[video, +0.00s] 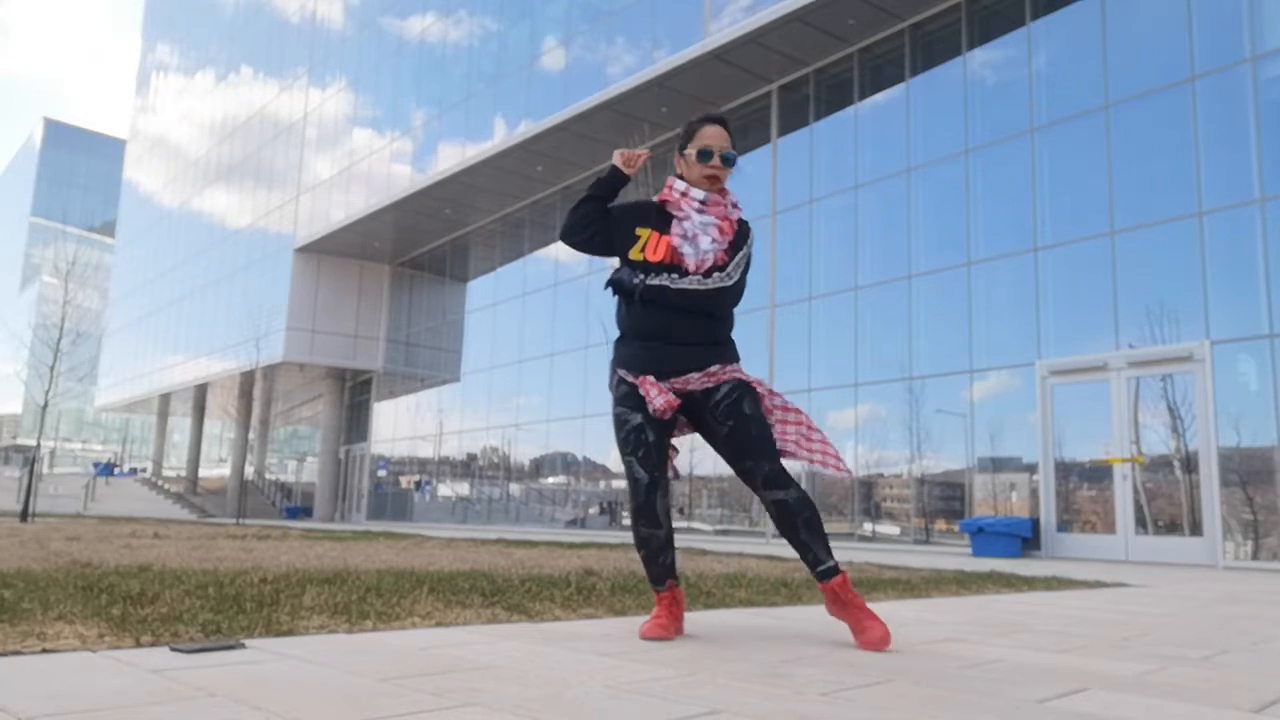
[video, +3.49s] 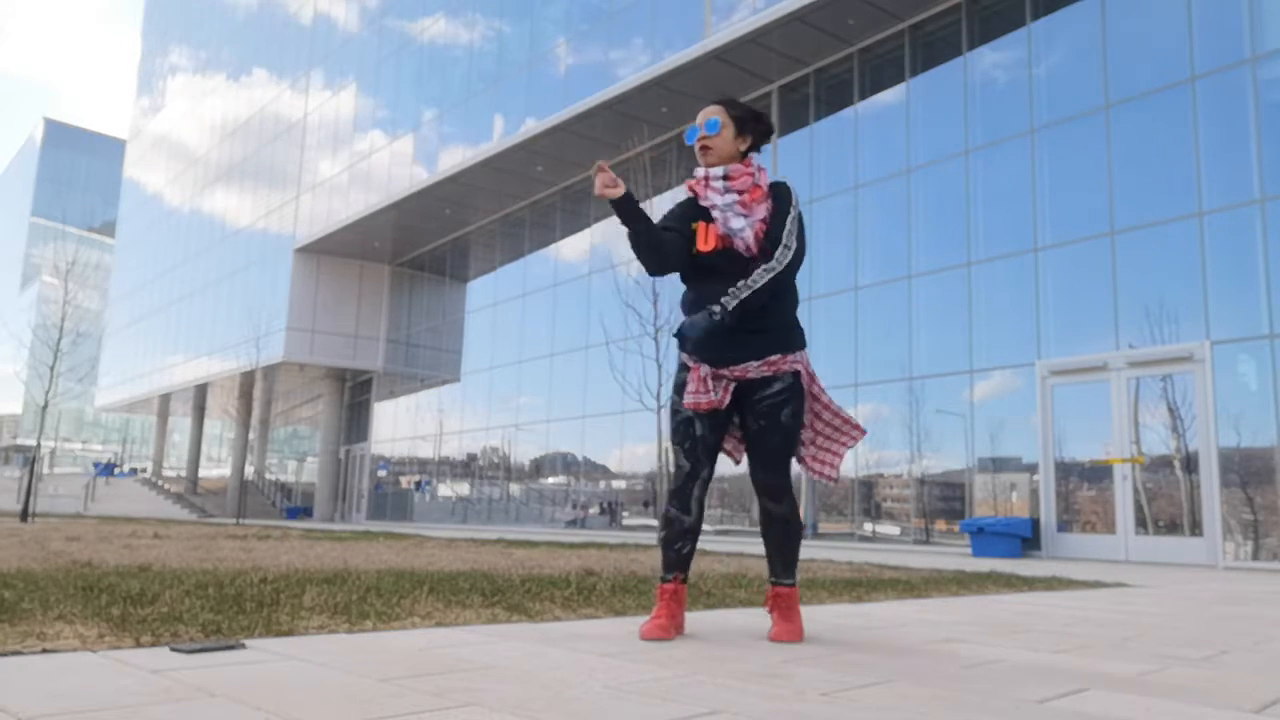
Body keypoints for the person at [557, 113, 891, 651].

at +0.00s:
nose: (716, 165)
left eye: (726, 158)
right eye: (705, 154)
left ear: (733, 167)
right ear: (680, 160)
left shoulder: (735, 228)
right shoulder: (640, 218)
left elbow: (724, 287)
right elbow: (575, 232)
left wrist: (632, 279)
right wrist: (614, 177)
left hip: (711, 367)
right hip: (640, 370)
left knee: (771, 476)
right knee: (645, 485)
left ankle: (839, 592)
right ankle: (667, 600)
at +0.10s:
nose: (705, 163)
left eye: (716, 155)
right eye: (693, 152)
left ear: (725, 165)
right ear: (671, 161)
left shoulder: (729, 225)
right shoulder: (637, 218)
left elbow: (721, 284)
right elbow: (574, 231)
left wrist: (632, 279)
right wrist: (611, 176)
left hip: (707, 367)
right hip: (637, 370)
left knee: (747, 472)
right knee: (643, 485)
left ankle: (787, 579)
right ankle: (665, 600)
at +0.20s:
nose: (697, 160)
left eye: (708, 153)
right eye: (684, 151)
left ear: (718, 162)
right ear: (664, 160)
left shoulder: (729, 220)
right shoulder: (637, 219)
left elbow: (721, 277)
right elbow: (573, 232)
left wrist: (637, 278)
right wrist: (611, 177)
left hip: (704, 367)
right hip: (636, 367)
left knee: (707, 469)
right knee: (641, 484)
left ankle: (725, 564)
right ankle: (664, 599)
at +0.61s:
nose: (683, 153)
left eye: (692, 144)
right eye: (669, 145)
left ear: (704, 155)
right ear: (650, 157)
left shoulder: (719, 213)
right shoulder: (626, 219)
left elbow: (719, 270)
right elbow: (562, 237)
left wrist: (631, 272)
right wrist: (593, 180)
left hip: (711, 358)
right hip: (642, 362)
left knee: (764, 458)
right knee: (648, 479)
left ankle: (791, 570)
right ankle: (665, 600)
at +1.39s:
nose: (687, 157)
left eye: (698, 148)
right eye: (674, 148)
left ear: (709, 159)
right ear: (654, 160)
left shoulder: (717, 216)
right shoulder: (628, 221)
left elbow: (713, 271)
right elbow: (566, 235)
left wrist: (628, 278)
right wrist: (601, 180)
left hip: (710, 365)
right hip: (644, 371)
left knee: (724, 468)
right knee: (648, 482)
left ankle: (785, 572)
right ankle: (666, 601)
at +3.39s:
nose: (689, 134)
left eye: (701, 124)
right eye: (685, 127)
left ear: (734, 137)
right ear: (683, 142)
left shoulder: (762, 192)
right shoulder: (675, 203)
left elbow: (763, 256)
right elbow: (630, 251)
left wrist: (681, 283)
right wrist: (618, 184)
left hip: (754, 359)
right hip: (686, 363)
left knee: (758, 479)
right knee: (678, 478)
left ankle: (780, 596)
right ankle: (669, 599)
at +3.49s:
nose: (700, 138)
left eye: (713, 128)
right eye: (696, 131)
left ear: (746, 140)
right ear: (695, 146)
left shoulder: (776, 196)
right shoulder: (691, 207)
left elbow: (782, 263)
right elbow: (657, 258)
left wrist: (717, 313)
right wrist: (624, 202)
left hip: (771, 359)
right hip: (704, 362)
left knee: (773, 481)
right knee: (689, 473)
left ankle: (784, 601)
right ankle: (671, 599)